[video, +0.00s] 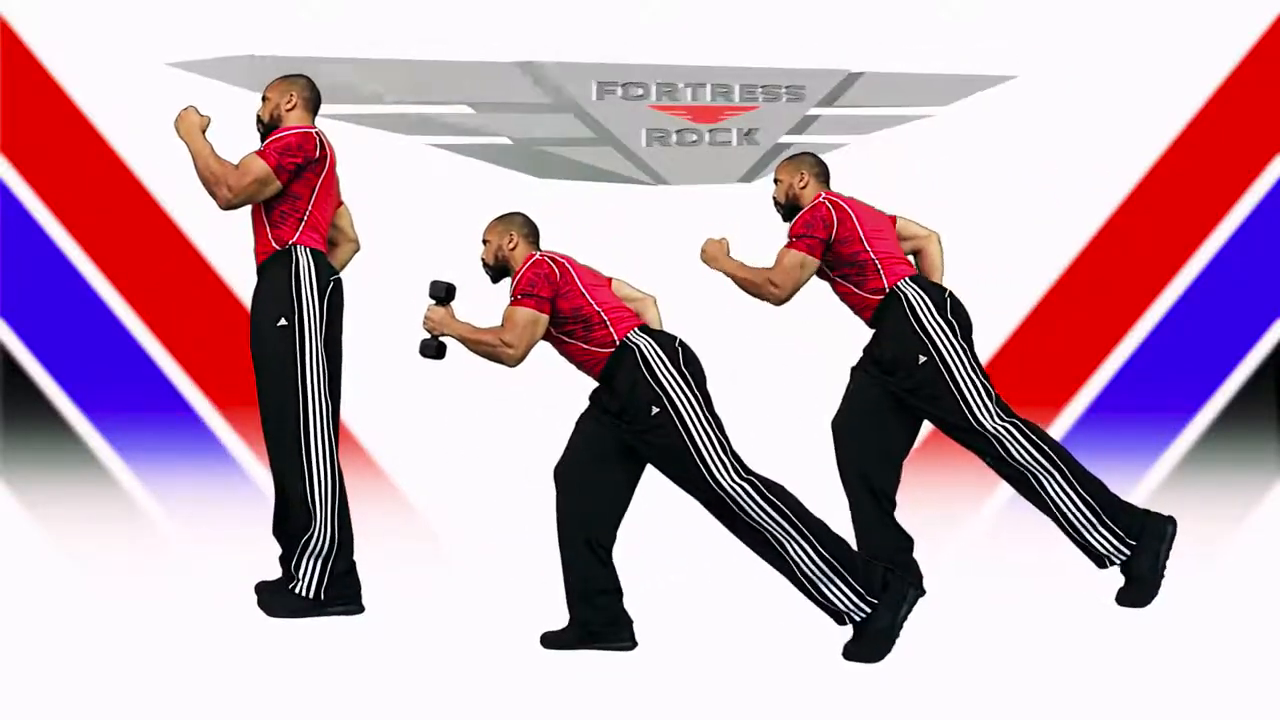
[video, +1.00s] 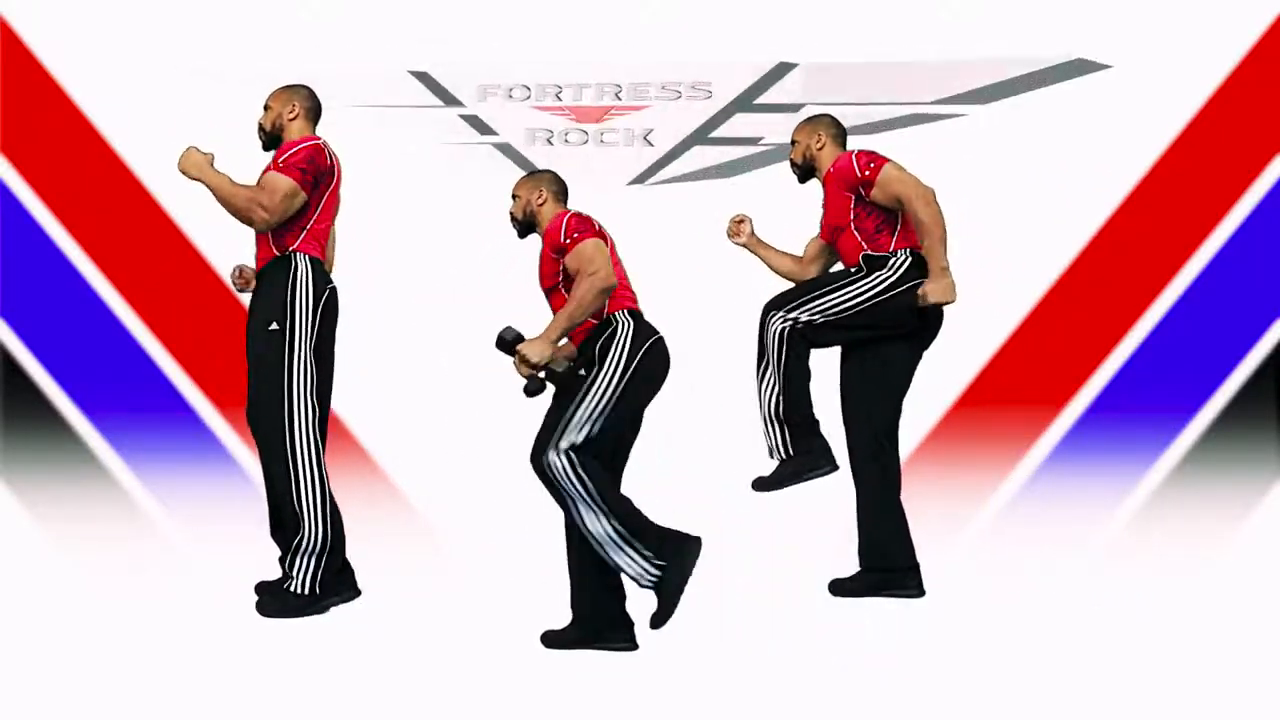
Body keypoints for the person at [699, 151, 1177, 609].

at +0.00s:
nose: (773, 192)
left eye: (780, 181)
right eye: (773, 184)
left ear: (809, 181)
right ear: (812, 185)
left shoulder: (819, 211)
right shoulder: (848, 213)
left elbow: (776, 289)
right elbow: (925, 239)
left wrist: (723, 263)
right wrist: (936, 312)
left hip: (916, 316)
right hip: (902, 327)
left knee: (994, 432)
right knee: (858, 439)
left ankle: (1135, 534)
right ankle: (892, 574)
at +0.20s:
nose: (775, 178)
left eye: (779, 168)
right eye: (774, 171)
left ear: (804, 163)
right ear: (806, 165)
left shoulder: (830, 188)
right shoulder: (831, 207)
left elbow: (858, 252)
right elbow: (874, 285)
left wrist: (803, 304)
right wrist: (828, 319)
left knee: (885, 423)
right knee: (860, 432)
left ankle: (1008, 508)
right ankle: (890, 570)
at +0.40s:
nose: (784, 159)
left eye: (789, 148)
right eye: (785, 151)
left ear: (814, 145)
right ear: (814, 149)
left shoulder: (848, 165)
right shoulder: (835, 206)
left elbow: (913, 195)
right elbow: (803, 270)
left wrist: (935, 269)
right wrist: (750, 241)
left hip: (900, 271)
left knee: (788, 317)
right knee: (884, 442)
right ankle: (897, 571)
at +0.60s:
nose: (792, 153)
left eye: (797, 143)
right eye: (791, 146)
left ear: (821, 139)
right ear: (821, 142)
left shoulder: (854, 161)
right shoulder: (837, 206)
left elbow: (925, 191)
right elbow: (794, 259)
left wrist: (956, 262)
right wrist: (748, 225)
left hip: (897, 276)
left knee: (777, 289)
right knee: (875, 434)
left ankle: (793, 418)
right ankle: (891, 566)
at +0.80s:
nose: (793, 153)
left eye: (798, 143)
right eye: (793, 146)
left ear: (823, 139)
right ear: (822, 142)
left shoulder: (854, 162)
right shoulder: (838, 204)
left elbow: (927, 191)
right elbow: (794, 258)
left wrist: (960, 262)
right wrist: (747, 223)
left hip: (896, 277)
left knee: (777, 292)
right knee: (872, 435)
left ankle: (784, 421)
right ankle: (893, 567)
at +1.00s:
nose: (790, 155)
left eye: (794, 145)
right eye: (790, 148)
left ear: (818, 140)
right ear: (820, 144)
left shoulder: (851, 162)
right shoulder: (838, 201)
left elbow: (919, 195)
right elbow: (805, 270)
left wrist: (939, 272)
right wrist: (751, 242)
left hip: (898, 273)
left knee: (781, 317)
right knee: (869, 436)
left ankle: (801, 448)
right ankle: (890, 569)